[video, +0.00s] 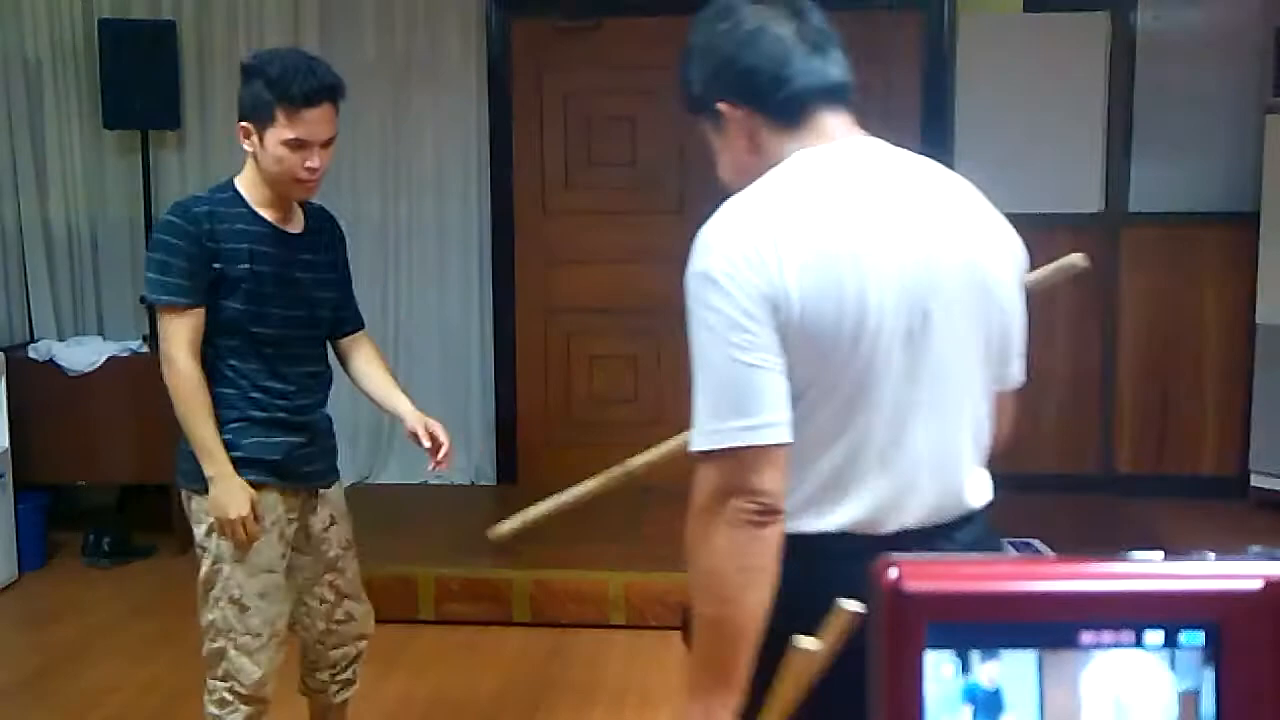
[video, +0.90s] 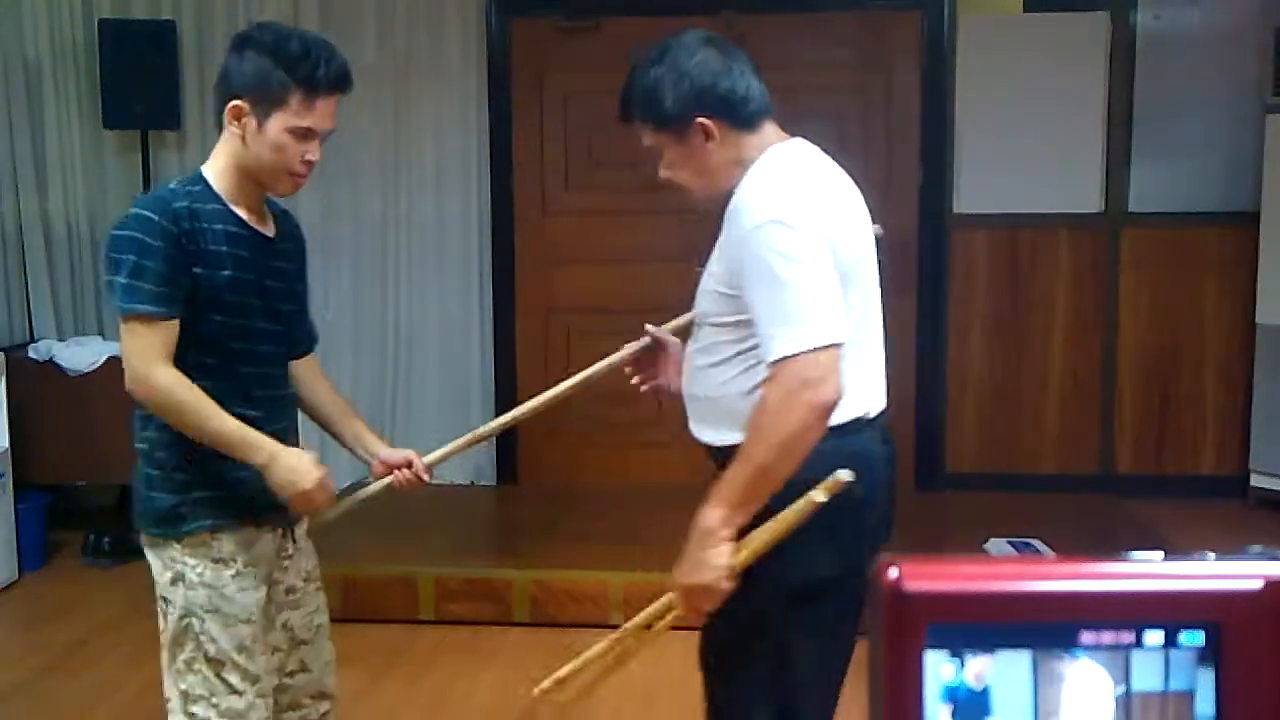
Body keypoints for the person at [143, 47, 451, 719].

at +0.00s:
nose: (315, 162)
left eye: (326, 144)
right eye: (297, 146)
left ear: (337, 135)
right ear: (249, 136)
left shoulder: (324, 232)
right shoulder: (194, 225)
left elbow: (351, 341)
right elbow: (178, 359)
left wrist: (407, 412)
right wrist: (221, 477)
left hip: (317, 478)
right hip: (236, 482)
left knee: (340, 646)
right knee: (243, 671)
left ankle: (330, 717)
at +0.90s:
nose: (315, 156)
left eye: (322, 137)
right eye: (301, 135)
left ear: (324, 127)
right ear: (239, 121)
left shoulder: (283, 231)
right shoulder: (161, 221)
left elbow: (298, 362)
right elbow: (146, 374)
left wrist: (373, 449)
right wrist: (275, 457)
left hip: (282, 511)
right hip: (199, 521)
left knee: (304, 699)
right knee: (224, 707)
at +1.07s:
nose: (282, 158)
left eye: (288, 139)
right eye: (271, 136)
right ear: (206, 121)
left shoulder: (213, 227)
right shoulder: (146, 221)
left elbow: (222, 371)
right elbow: (169, 385)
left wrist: (312, 435)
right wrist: (311, 431)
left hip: (221, 518)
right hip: (166, 531)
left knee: (272, 702)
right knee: (200, 708)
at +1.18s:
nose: (259, 150)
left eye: (263, 132)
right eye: (248, 129)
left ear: (185, 120)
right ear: (183, 116)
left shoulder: (169, 221)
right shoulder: (135, 218)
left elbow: (196, 374)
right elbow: (185, 381)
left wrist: (281, 440)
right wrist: (323, 396)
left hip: (181, 528)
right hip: (157, 537)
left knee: (218, 698)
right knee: (206, 702)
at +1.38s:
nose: (204, 144)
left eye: (208, 125)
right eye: (198, 122)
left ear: (136, 110)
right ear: (137, 108)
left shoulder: (69, 209)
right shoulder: (118, 220)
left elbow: (104, 389)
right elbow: (216, 370)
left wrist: (210, 429)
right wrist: (313, 338)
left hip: (88, 525)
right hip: (145, 536)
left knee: (123, 705)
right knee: (181, 708)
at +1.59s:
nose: (141, 148)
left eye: (145, 130)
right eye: (135, 127)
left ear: (68, 115)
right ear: (72, 115)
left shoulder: (9, 212)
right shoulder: (70, 226)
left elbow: (32, 398)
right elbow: (181, 361)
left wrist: (142, 451)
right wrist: (256, 292)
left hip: (18, 537)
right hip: (99, 545)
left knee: (32, 710)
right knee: (152, 705)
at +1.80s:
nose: (81, 153)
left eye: (86, 134)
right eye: (72, 132)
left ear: (15, 126)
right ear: (12, 122)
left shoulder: (12, 222)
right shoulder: (8, 223)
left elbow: (5, 408)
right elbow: (85, 372)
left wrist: (74, 473)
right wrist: (160, 290)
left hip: (30, 533)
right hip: (32, 539)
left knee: (47, 701)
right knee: (75, 704)